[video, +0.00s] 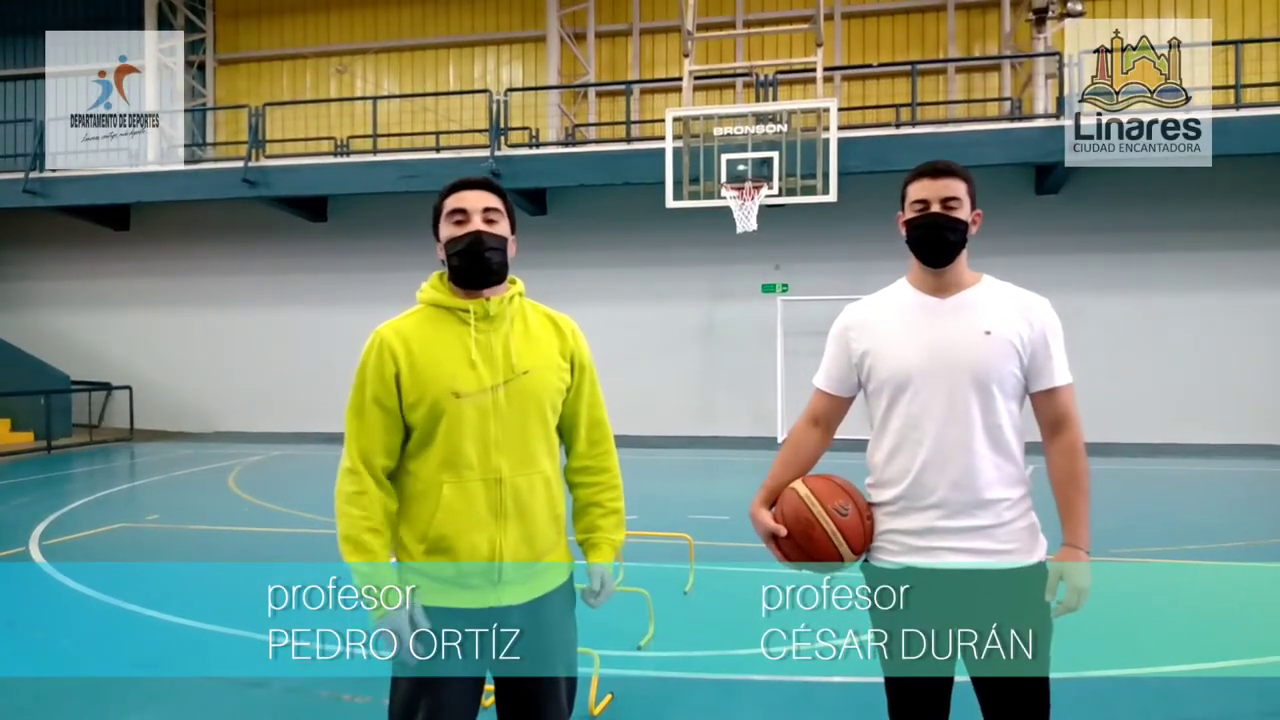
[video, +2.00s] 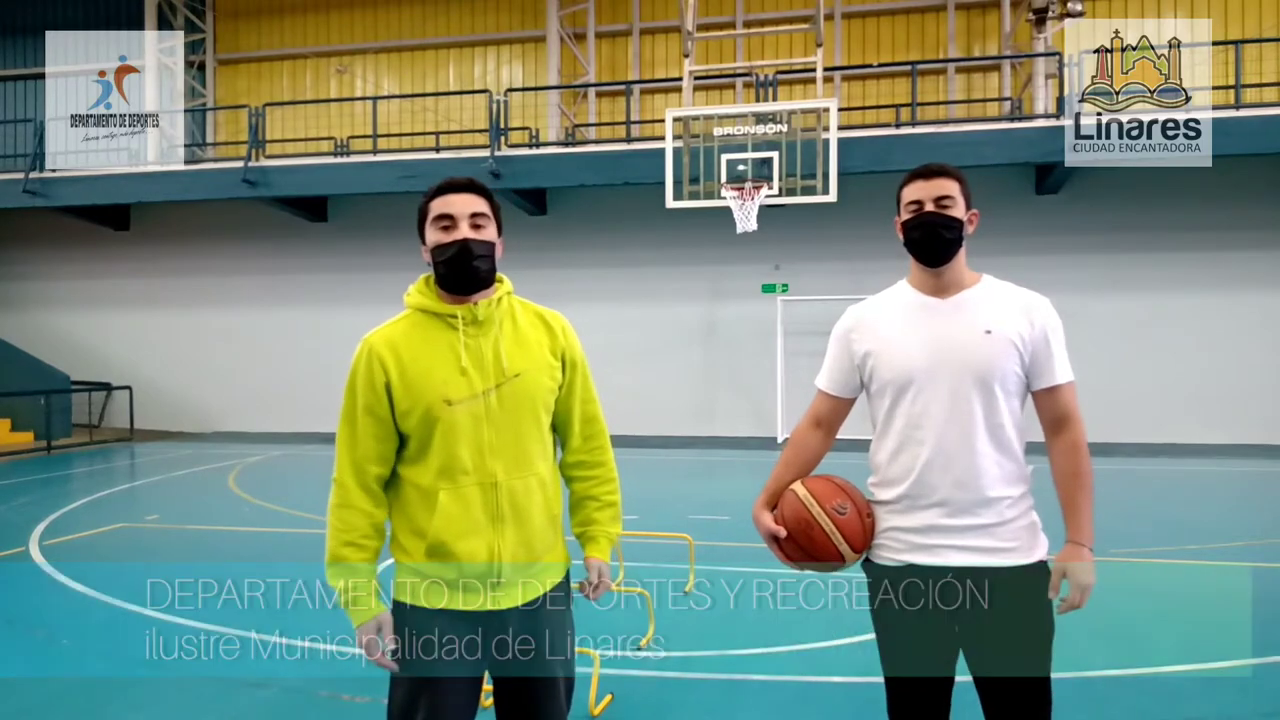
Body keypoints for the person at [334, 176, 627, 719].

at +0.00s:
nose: (477, 227)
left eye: (492, 217)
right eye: (459, 218)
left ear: (513, 241)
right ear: (440, 244)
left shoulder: (558, 336)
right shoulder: (396, 344)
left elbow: (593, 454)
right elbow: (363, 474)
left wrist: (601, 550)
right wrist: (380, 589)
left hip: (541, 592)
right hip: (436, 596)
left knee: (548, 712)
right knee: (430, 715)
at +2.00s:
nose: (464, 234)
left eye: (479, 222)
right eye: (446, 224)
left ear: (500, 243)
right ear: (426, 248)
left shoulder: (549, 334)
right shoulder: (386, 352)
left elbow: (587, 445)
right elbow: (358, 480)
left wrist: (597, 537)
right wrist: (360, 597)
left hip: (538, 592)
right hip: (435, 598)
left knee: (545, 711)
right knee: (430, 714)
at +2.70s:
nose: (471, 234)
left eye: (487, 223)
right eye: (454, 224)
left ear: (507, 243)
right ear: (434, 246)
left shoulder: (551, 335)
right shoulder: (390, 343)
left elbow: (585, 452)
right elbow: (350, 461)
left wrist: (595, 552)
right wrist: (370, 519)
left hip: (536, 588)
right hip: (434, 592)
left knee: (542, 712)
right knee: (428, 714)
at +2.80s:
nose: (472, 234)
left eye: (487, 223)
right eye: (454, 223)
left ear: (507, 242)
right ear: (435, 244)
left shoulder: (553, 335)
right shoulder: (391, 341)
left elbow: (587, 453)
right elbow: (345, 471)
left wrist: (598, 556)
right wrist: (372, 446)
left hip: (537, 587)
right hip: (434, 590)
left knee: (542, 712)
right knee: (427, 713)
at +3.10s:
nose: (477, 234)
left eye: (492, 222)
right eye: (461, 223)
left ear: (513, 238)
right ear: (441, 240)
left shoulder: (554, 336)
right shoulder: (398, 337)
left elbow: (592, 463)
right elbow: (350, 452)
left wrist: (605, 569)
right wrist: (389, 418)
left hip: (537, 572)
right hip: (432, 572)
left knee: (539, 706)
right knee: (436, 706)